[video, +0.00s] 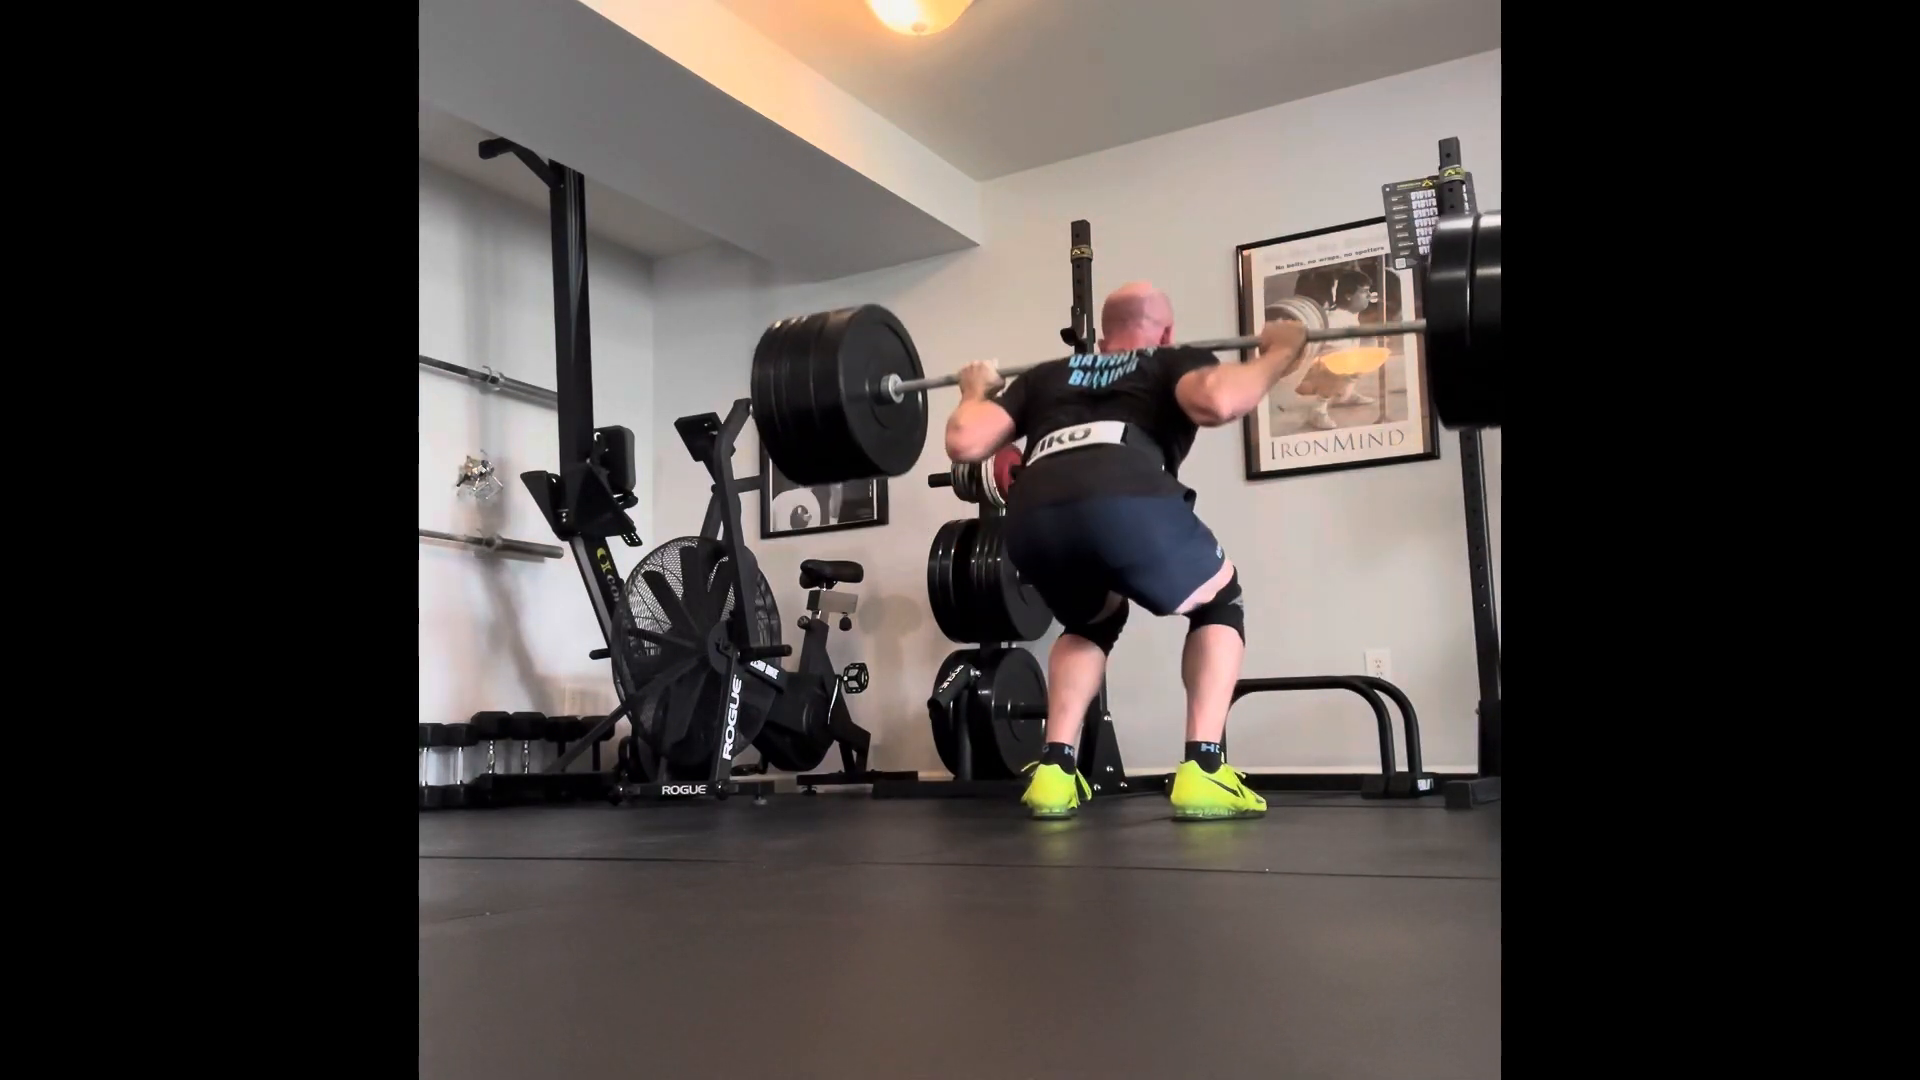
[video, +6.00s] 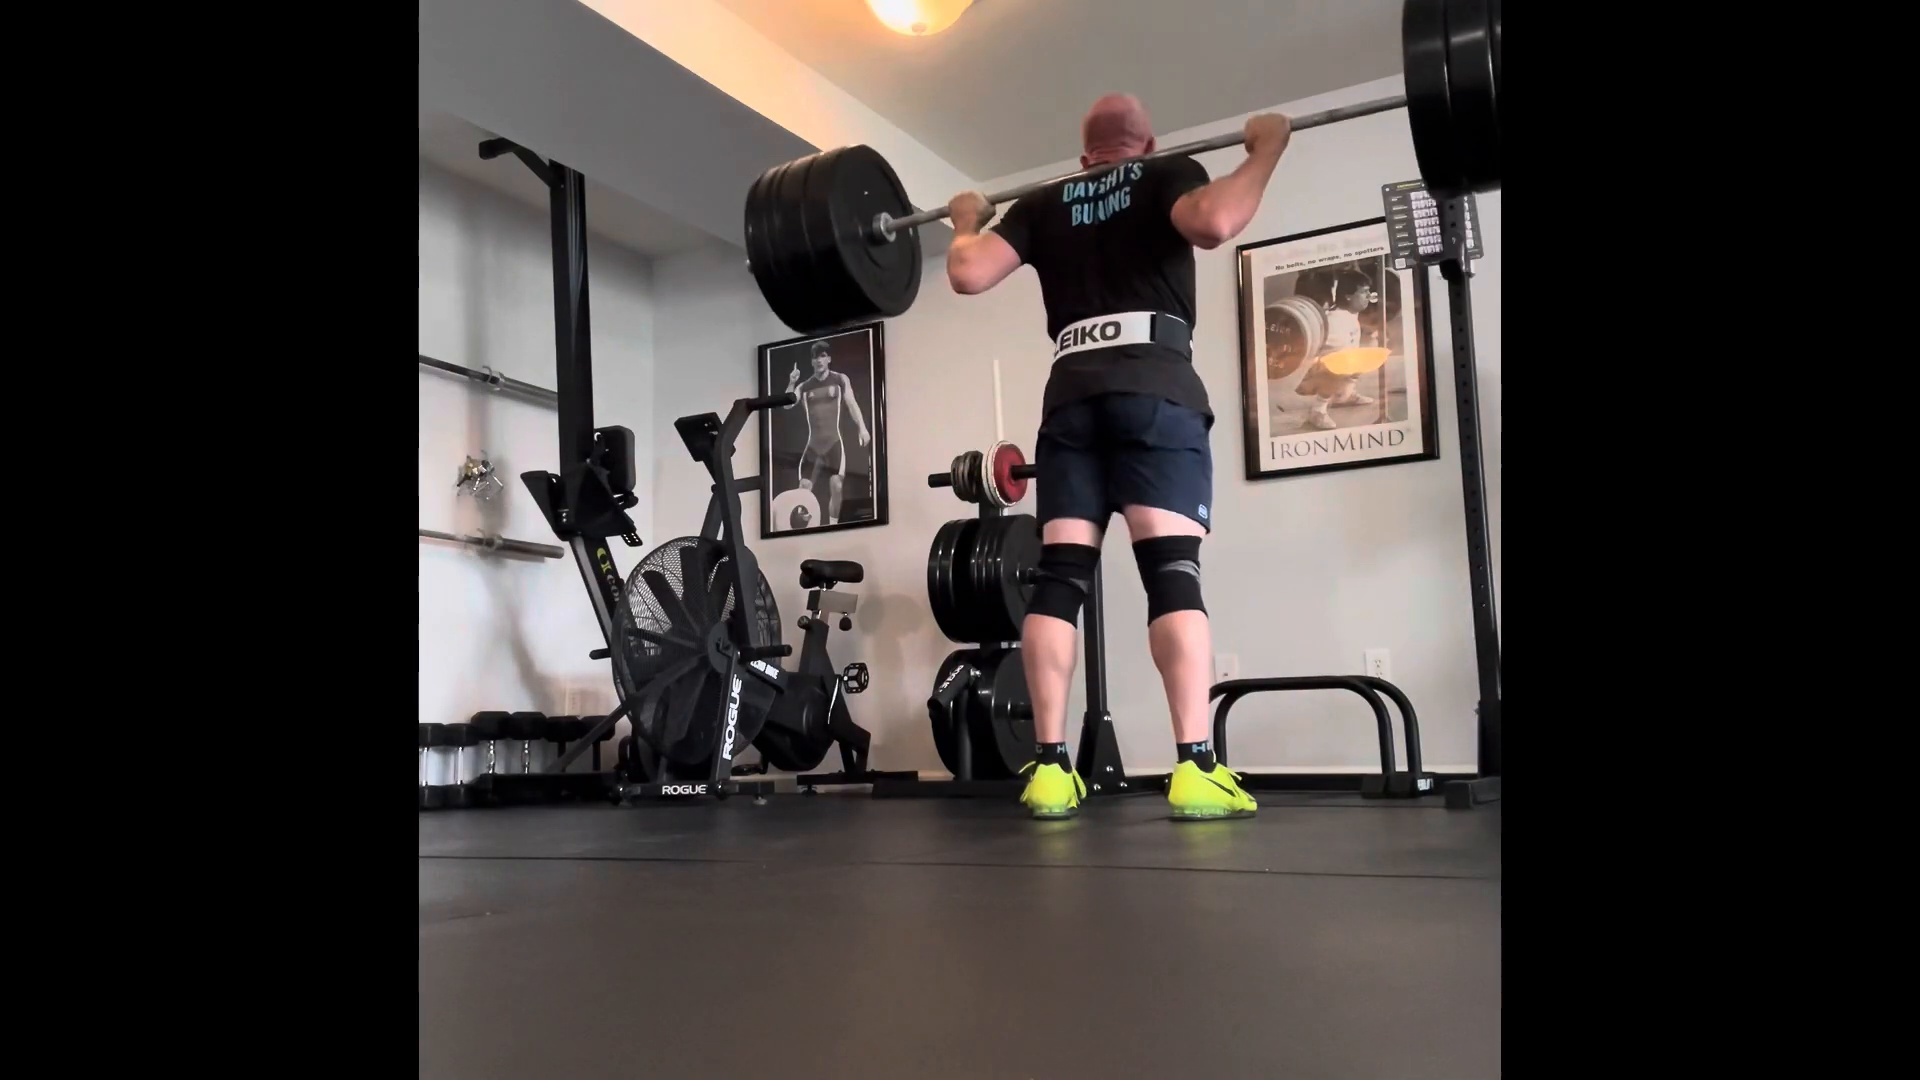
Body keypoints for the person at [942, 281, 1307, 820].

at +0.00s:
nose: (1169, 335)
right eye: (1168, 329)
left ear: (1100, 333)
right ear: (1163, 332)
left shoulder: (1045, 375)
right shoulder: (1173, 360)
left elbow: (963, 443)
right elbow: (1218, 401)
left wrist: (972, 393)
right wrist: (1279, 352)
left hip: (1032, 508)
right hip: (1126, 495)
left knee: (1094, 617)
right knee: (1218, 604)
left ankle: (1055, 770)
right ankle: (1203, 767)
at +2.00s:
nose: (1132, 145)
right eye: (1140, 136)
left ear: (1074, 145)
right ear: (1143, 140)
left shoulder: (1031, 194)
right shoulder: (1155, 170)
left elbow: (955, 254)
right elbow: (1204, 214)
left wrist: (956, 206)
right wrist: (1261, 153)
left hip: (1056, 379)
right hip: (1144, 373)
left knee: (1050, 575)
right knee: (1165, 569)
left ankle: (1047, 764)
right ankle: (1196, 764)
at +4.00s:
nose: (1162, 356)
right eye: (1161, 350)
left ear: (1094, 358)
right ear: (1157, 355)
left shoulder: (1040, 404)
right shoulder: (1171, 387)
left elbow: (960, 477)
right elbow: (1218, 438)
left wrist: (969, 416)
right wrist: (1279, 380)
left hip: (1035, 541)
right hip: (1132, 529)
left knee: (1055, 632)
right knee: (1235, 615)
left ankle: (1050, 769)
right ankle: (1202, 767)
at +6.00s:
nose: (1137, 145)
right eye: (1145, 137)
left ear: (1082, 150)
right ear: (1149, 142)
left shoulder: (1042, 205)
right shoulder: (1163, 173)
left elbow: (967, 273)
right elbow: (1215, 220)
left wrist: (965, 219)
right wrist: (1265, 151)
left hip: (1070, 392)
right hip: (1157, 385)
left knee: (1059, 576)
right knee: (1173, 575)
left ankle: (1050, 764)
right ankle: (1196, 764)